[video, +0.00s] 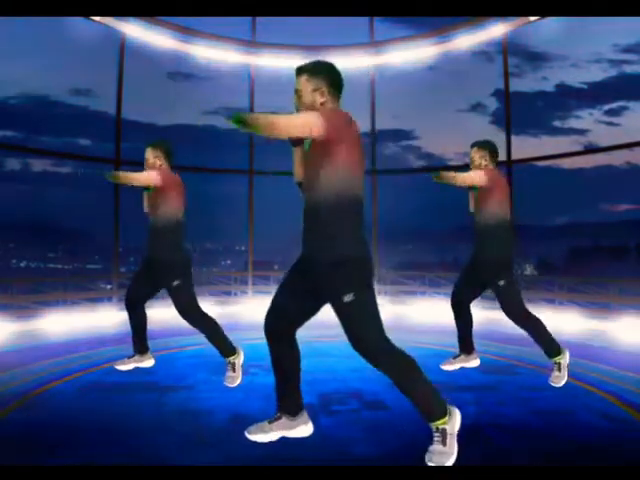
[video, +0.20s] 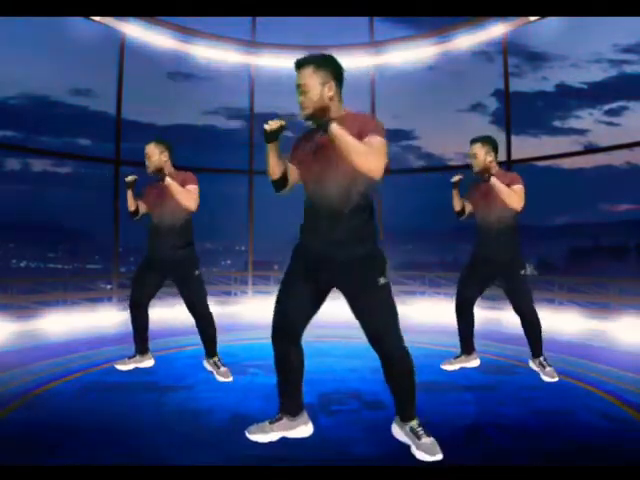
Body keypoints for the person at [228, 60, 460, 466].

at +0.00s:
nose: (296, 99)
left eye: (300, 92)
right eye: (296, 94)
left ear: (321, 92)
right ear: (324, 94)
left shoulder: (333, 119)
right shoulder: (328, 131)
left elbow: (274, 126)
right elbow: (304, 180)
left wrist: (242, 119)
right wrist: (298, 140)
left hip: (343, 259)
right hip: (319, 258)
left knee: (373, 345)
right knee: (277, 326)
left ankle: (443, 419)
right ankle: (291, 415)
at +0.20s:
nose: (299, 96)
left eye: (305, 89)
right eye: (298, 89)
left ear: (331, 88)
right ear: (310, 92)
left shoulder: (366, 126)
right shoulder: (307, 141)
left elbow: (375, 168)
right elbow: (281, 182)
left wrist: (332, 126)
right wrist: (272, 143)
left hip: (359, 255)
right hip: (312, 254)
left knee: (389, 344)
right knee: (284, 332)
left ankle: (407, 422)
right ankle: (293, 417)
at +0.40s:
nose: (315, 94)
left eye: (321, 85)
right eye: (312, 87)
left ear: (346, 84)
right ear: (312, 90)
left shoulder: (379, 124)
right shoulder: (311, 138)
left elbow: (397, 173)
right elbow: (285, 181)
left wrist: (350, 131)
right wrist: (277, 140)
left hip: (370, 254)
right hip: (321, 255)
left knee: (395, 341)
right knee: (292, 330)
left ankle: (408, 423)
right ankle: (293, 415)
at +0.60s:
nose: (322, 107)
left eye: (330, 99)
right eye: (318, 100)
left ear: (354, 101)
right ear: (315, 104)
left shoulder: (380, 142)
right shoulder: (309, 150)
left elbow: (398, 195)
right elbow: (284, 196)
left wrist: (357, 154)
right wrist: (277, 153)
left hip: (372, 270)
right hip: (320, 269)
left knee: (404, 357)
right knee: (277, 334)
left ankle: (409, 425)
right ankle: (292, 415)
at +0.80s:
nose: (334, 69)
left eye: (340, 61)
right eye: (326, 63)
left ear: (357, 63)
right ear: (317, 69)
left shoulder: (378, 106)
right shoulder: (307, 116)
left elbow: (400, 153)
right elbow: (273, 151)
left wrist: (363, 110)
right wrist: (271, 108)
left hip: (364, 234)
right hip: (316, 234)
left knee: (388, 324)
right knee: (290, 315)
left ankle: (412, 415)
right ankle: (281, 400)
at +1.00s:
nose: (333, 81)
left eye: (341, 73)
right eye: (326, 74)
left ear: (357, 76)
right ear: (318, 80)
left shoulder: (378, 117)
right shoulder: (305, 127)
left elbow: (400, 161)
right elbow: (272, 164)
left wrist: (361, 120)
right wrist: (269, 122)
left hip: (365, 246)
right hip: (314, 246)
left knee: (392, 336)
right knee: (285, 324)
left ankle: (409, 423)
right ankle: (278, 405)